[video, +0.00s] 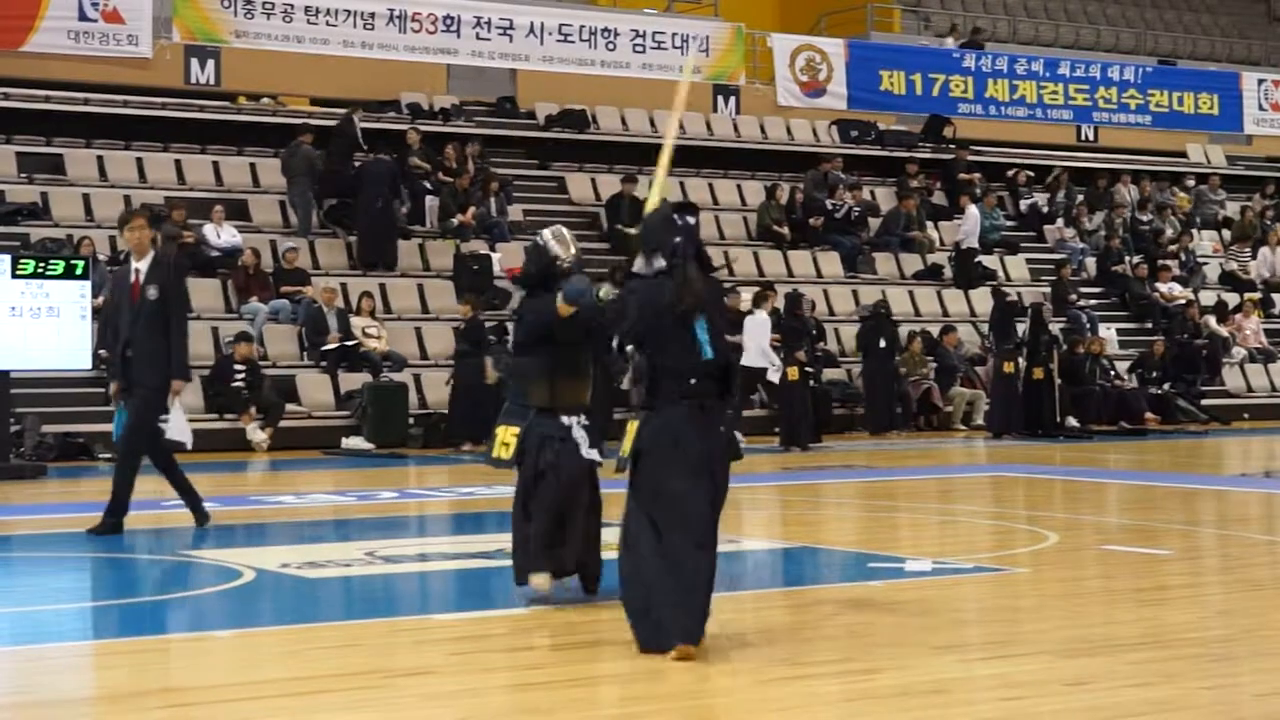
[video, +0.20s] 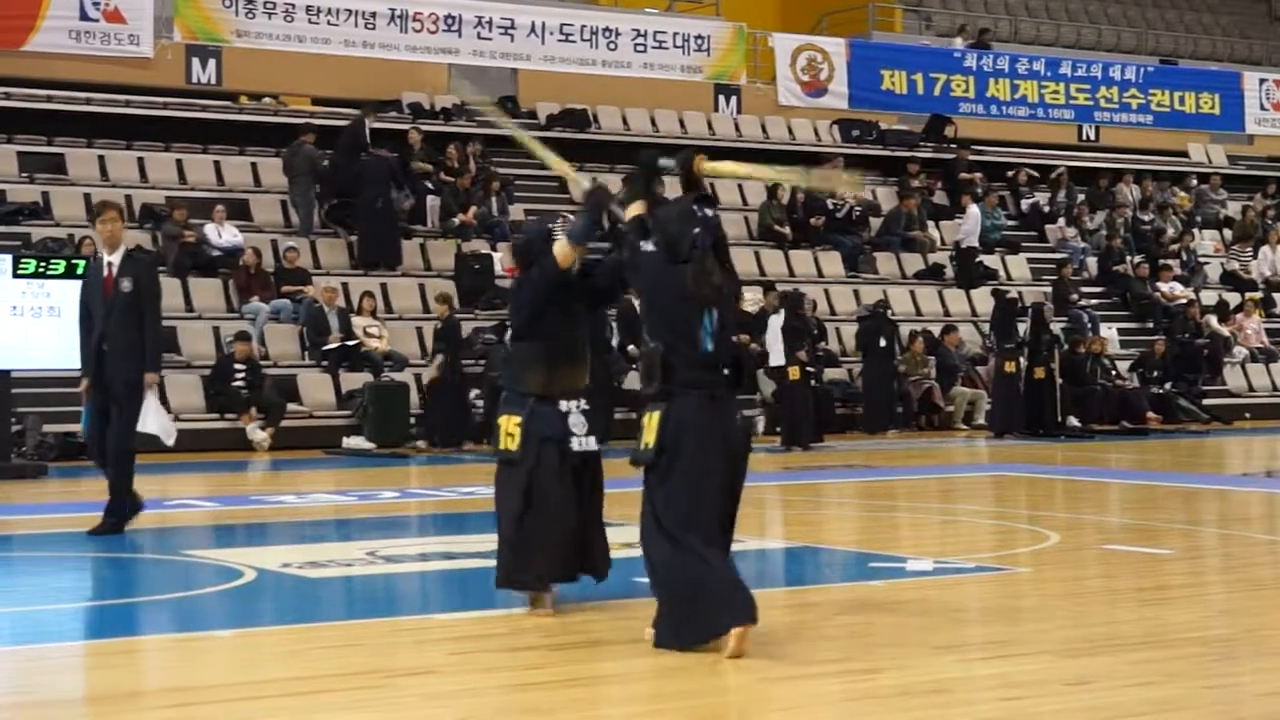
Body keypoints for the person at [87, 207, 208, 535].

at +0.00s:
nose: (136, 235)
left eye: (141, 229)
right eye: (130, 230)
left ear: (153, 233)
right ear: (122, 236)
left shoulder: (168, 268)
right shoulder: (119, 274)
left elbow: (178, 323)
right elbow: (113, 328)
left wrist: (179, 373)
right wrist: (114, 375)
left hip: (157, 370)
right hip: (129, 370)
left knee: (131, 440)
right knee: (153, 444)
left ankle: (114, 517)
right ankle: (195, 504)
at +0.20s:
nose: (109, 227)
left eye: (114, 221)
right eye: (103, 222)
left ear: (124, 225)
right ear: (94, 229)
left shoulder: (142, 263)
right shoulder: (91, 268)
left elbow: (152, 318)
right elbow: (86, 323)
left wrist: (152, 366)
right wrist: (86, 371)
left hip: (130, 364)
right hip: (100, 364)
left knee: (121, 438)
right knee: (95, 438)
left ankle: (115, 515)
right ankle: (128, 495)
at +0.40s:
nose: (88, 224)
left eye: (93, 218)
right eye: (81, 219)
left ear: (102, 223)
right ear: (72, 226)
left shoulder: (122, 263)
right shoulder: (65, 268)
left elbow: (138, 316)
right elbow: (60, 322)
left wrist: (137, 363)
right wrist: (60, 369)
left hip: (114, 366)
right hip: (78, 366)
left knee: (115, 442)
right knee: (63, 439)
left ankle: (114, 516)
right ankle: (54, 512)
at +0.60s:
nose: (72, 220)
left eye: (77, 214)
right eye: (65, 215)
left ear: (86, 219)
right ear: (54, 223)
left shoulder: (104, 261)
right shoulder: (43, 262)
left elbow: (117, 314)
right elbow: (35, 317)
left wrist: (121, 361)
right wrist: (35, 366)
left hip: (97, 364)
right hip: (56, 365)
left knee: (104, 442)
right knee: (46, 441)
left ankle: (107, 513)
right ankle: (32, 506)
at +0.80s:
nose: (59, 218)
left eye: (64, 212)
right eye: (52, 213)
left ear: (72, 218)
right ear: (41, 221)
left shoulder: (92, 260)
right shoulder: (27, 263)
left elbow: (106, 314)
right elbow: (21, 317)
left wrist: (106, 361)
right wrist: (22, 365)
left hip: (83, 364)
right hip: (42, 364)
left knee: (86, 443)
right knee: (40, 443)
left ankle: (80, 515)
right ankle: (33, 512)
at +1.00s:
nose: (56, 217)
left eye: (61, 211)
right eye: (48, 212)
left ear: (68, 217)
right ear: (36, 219)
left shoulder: (87, 259)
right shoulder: (23, 260)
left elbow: (96, 314)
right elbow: (16, 316)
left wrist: (97, 361)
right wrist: (18, 365)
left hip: (75, 361)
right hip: (37, 362)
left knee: (72, 441)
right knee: (35, 440)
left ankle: (64, 514)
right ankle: (33, 513)